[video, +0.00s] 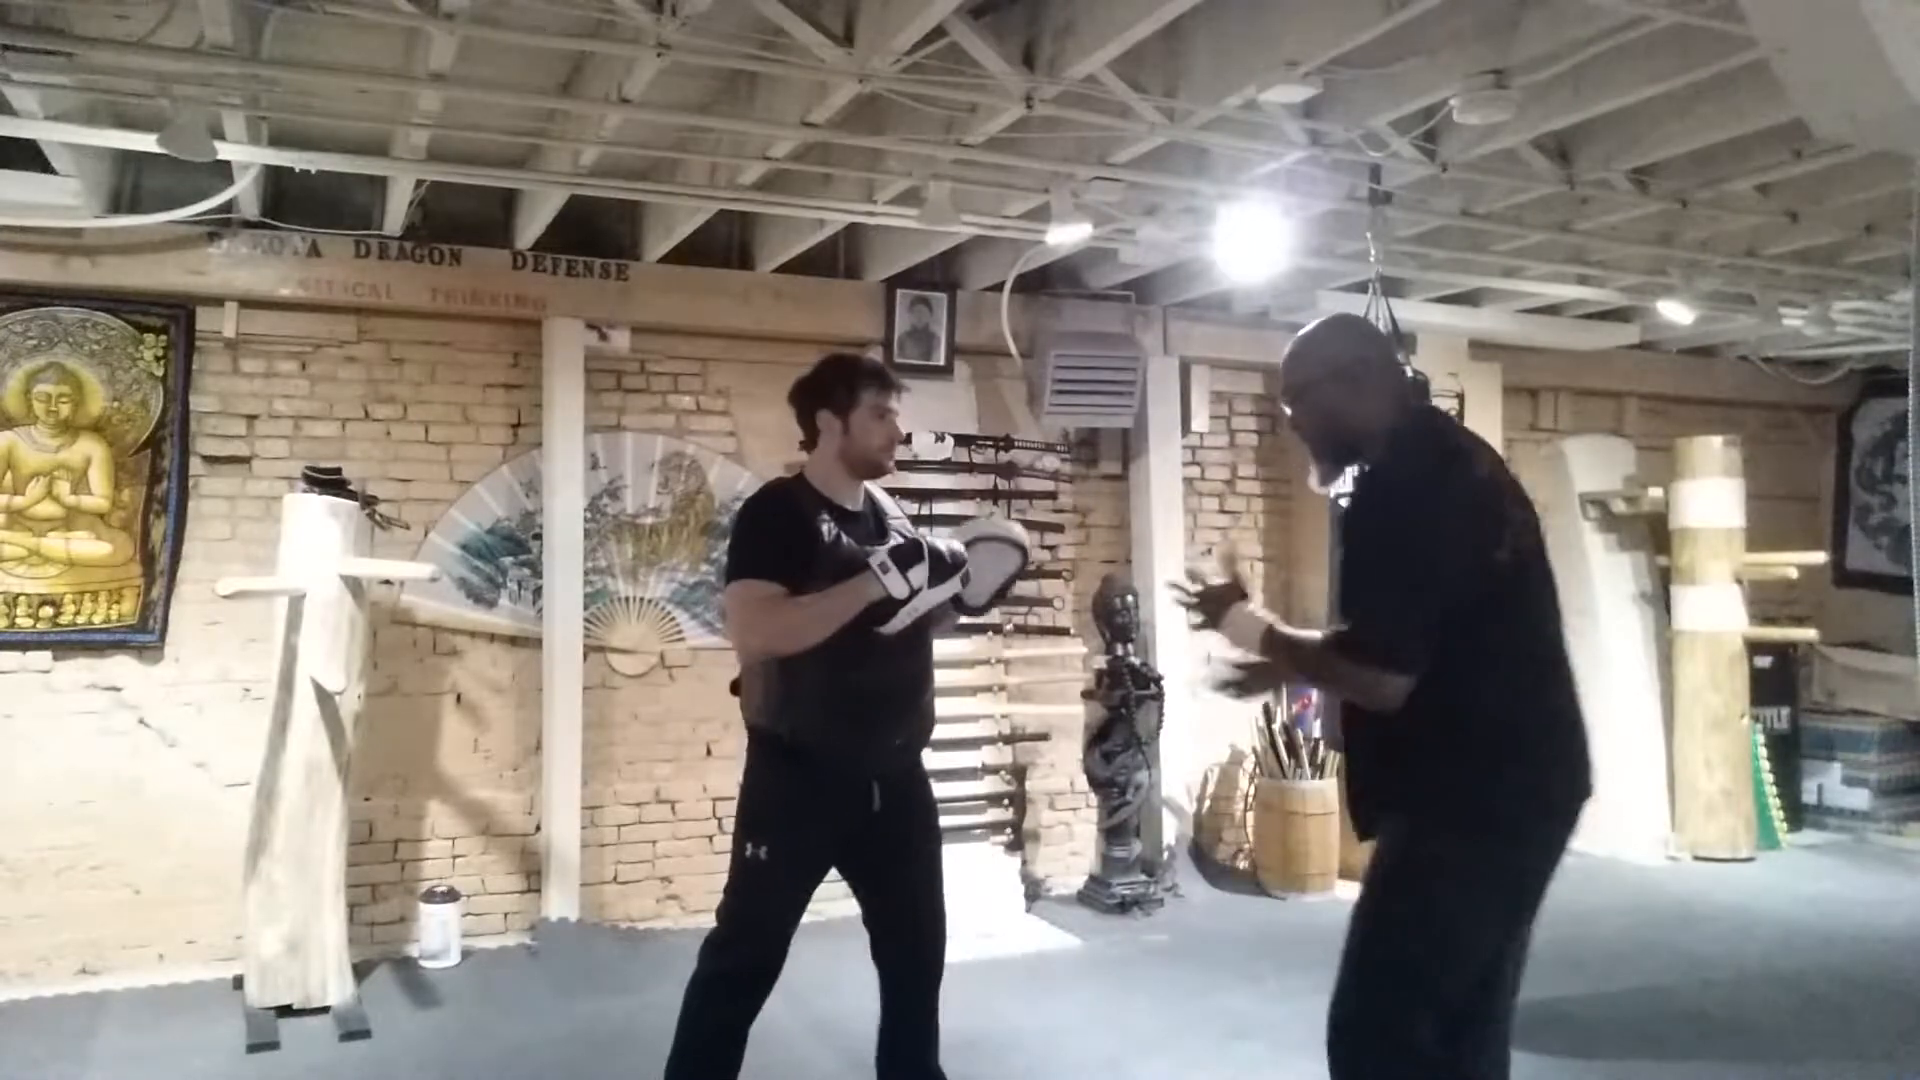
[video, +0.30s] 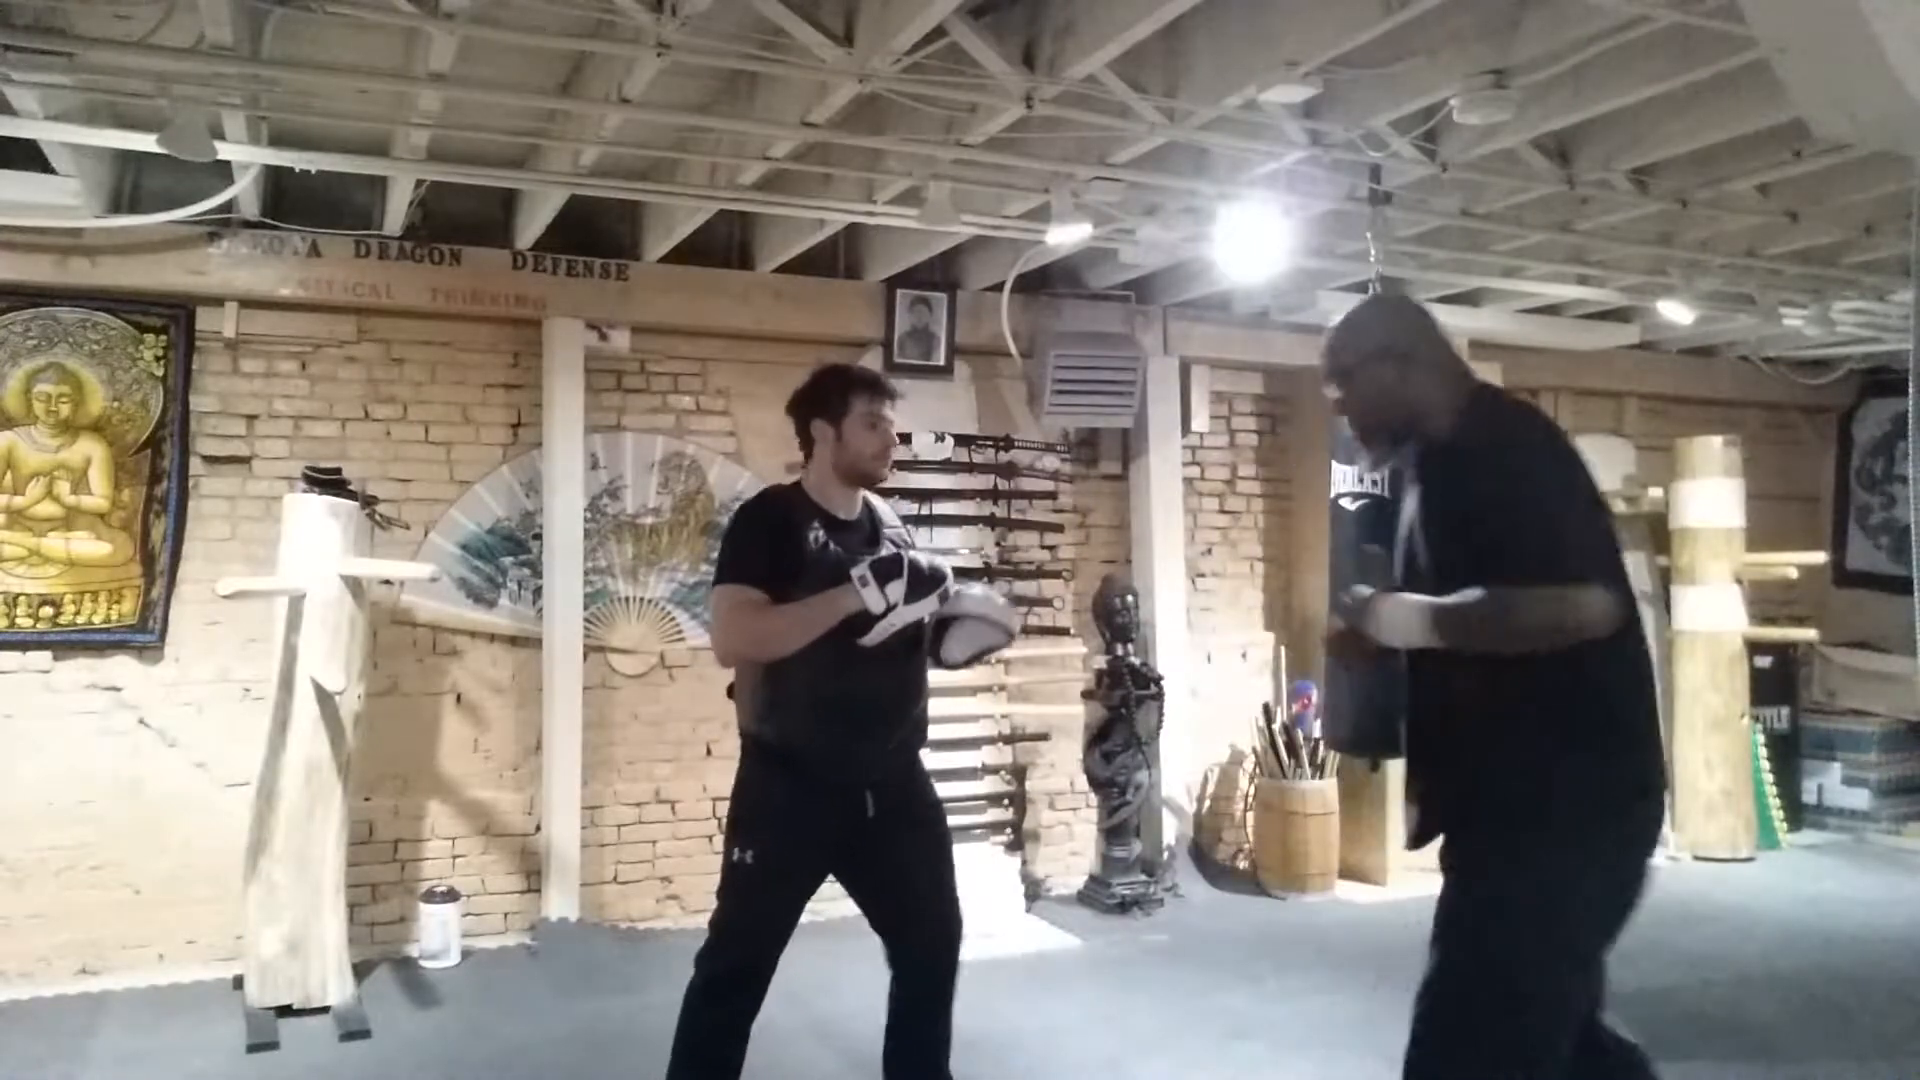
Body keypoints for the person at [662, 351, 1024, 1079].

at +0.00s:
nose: (900, 429)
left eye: (898, 414)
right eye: (883, 414)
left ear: (849, 426)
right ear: (829, 422)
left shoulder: (887, 516)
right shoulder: (772, 511)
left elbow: (919, 609)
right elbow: (752, 630)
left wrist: (973, 574)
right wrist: (876, 583)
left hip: (893, 778)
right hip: (794, 779)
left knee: (915, 968)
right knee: (740, 968)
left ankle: (913, 1078)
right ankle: (691, 1078)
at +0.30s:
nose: (894, 435)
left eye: (892, 422)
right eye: (876, 422)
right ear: (822, 432)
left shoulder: (889, 525)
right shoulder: (766, 517)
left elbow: (904, 639)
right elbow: (732, 636)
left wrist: (960, 632)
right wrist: (860, 594)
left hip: (891, 784)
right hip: (787, 786)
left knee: (931, 951)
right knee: (736, 968)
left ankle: (919, 1078)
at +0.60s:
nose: (961, 467)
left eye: (963, 452)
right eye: (946, 451)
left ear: (951, 462)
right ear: (892, 453)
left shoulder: (946, 549)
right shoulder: (829, 539)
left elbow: (963, 646)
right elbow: (795, 651)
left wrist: (1023, 624)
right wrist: (924, 607)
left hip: (947, 803)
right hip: (842, 806)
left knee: (1027, 968)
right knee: (769, 976)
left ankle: (1074, 1074)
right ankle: (704, 1079)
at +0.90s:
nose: (1071, 463)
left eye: (1074, 450)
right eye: (1054, 449)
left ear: (1073, 454)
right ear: (1000, 455)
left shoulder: (1078, 542)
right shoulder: (945, 533)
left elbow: (1114, 635)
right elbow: (903, 655)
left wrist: (1147, 624)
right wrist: (1034, 656)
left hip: (1060, 793)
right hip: (952, 791)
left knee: (1115, 938)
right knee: (895, 955)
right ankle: (853, 1073)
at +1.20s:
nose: (1091, 460)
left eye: (1098, 446)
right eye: (1074, 444)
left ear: (1101, 452)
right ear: (1025, 447)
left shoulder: (1115, 538)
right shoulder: (981, 534)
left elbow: (1126, 664)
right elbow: (947, 642)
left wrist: (1183, 703)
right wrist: (1071, 617)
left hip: (1117, 789)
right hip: (1011, 790)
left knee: (1197, 951)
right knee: (962, 972)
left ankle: (1242, 1074)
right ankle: (937, 1077)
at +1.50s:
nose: (1184, 471)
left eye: (1191, 457)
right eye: (1167, 457)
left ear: (1195, 461)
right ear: (1120, 458)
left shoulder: (1211, 555)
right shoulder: (1064, 545)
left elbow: (1262, 649)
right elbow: (1000, 649)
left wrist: (1297, 622)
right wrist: (1091, 676)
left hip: (1188, 793)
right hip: (1080, 795)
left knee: (1245, 961)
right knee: (1057, 955)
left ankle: (1258, 1079)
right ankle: (1010, 1077)